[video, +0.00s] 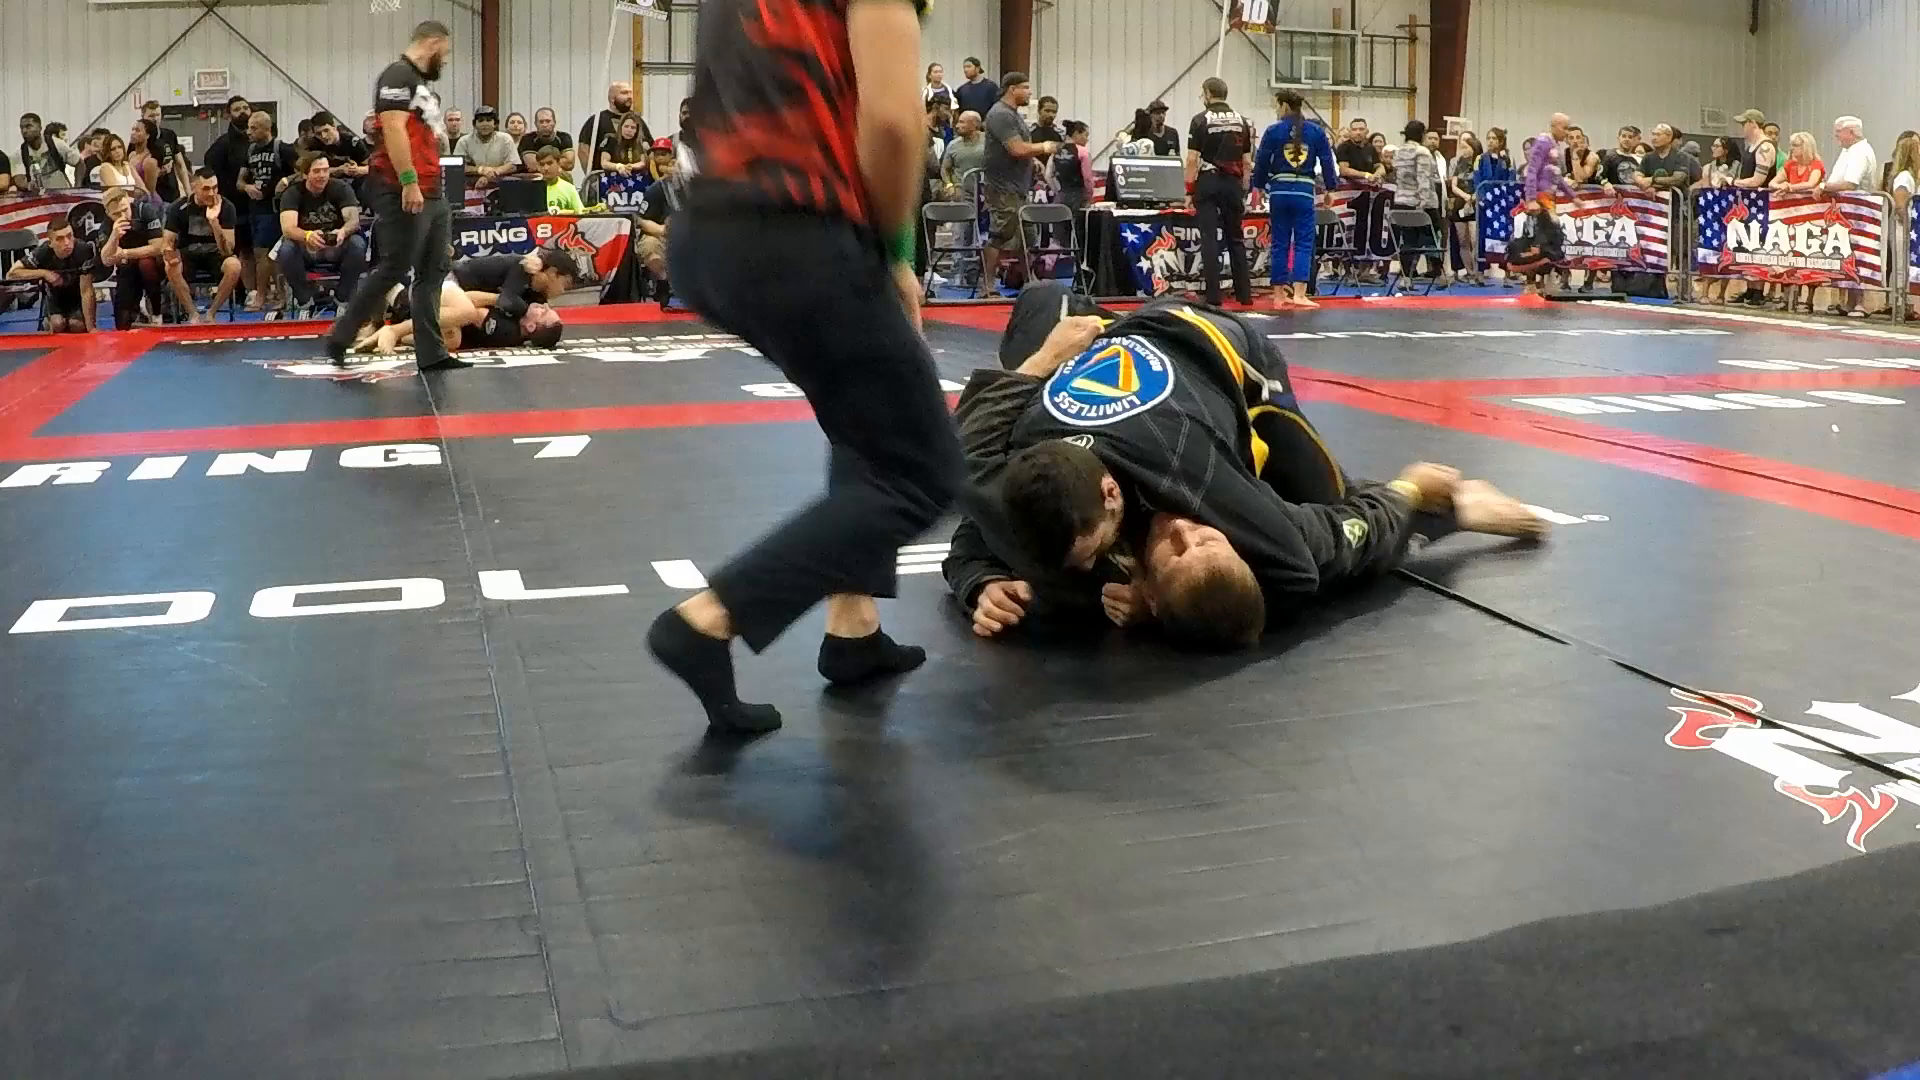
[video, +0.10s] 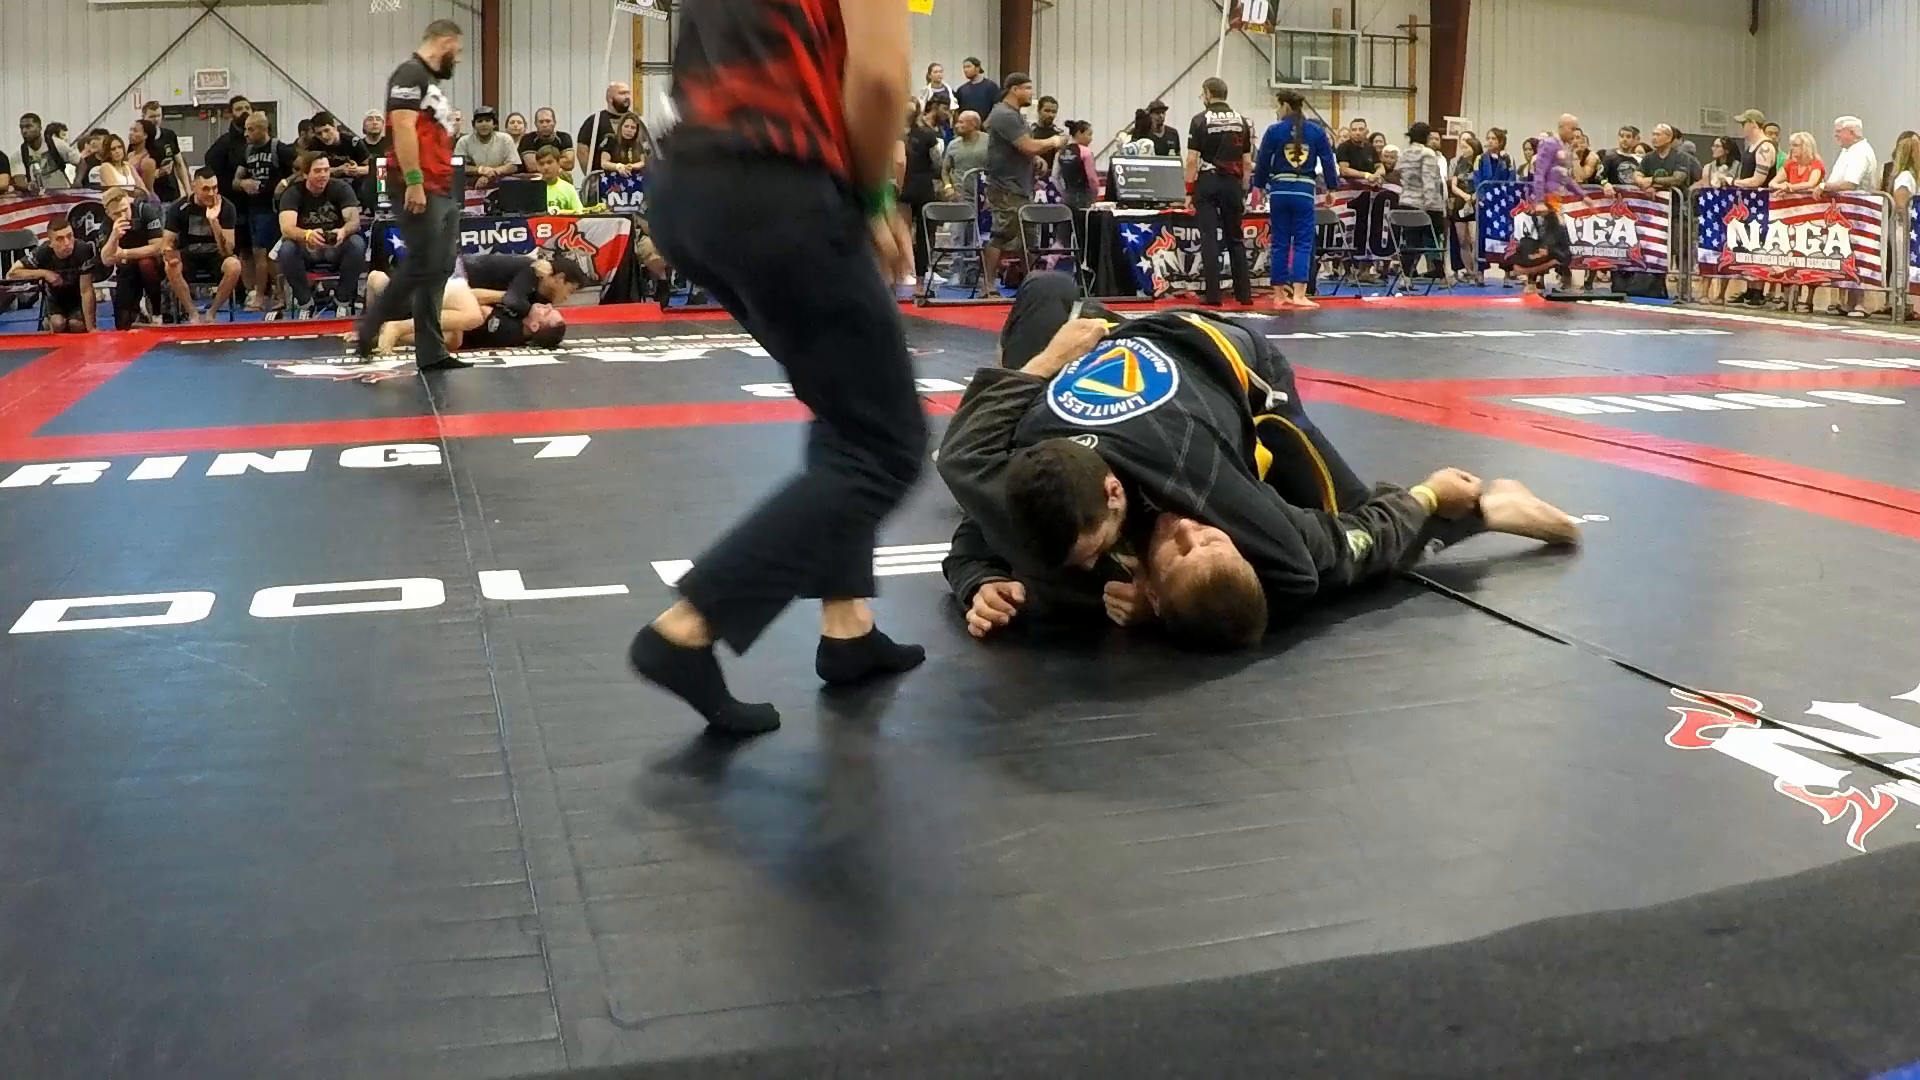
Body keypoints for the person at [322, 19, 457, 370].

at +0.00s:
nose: (445, 60)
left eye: (446, 53)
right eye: (445, 52)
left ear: (428, 43)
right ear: (432, 44)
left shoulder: (422, 85)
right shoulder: (398, 75)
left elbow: (423, 139)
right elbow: (393, 128)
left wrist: (432, 185)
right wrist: (409, 182)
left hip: (432, 194)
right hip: (404, 194)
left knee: (431, 274)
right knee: (392, 269)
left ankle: (431, 355)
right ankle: (339, 339)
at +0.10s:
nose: (456, 57)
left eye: (457, 51)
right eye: (455, 49)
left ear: (440, 42)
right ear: (443, 41)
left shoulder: (432, 81)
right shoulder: (411, 73)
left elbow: (432, 141)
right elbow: (402, 126)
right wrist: (414, 181)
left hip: (445, 193)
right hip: (423, 193)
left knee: (437, 271)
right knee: (421, 265)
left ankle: (431, 353)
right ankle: (368, 329)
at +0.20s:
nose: (474, 57)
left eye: (475, 51)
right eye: (473, 49)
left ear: (456, 41)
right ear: (462, 42)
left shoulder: (446, 79)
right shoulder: (427, 72)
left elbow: (452, 141)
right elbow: (417, 125)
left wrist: (466, 189)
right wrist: (424, 182)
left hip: (452, 187)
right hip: (438, 187)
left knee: (445, 264)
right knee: (448, 262)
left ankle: (431, 347)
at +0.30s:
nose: (490, 55)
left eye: (492, 50)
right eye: (490, 48)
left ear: (473, 41)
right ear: (480, 42)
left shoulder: (466, 79)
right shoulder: (447, 73)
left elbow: (467, 147)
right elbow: (434, 128)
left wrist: (496, 183)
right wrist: (438, 184)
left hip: (462, 187)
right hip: (456, 187)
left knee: (444, 269)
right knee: (480, 259)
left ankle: (431, 350)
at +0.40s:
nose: (507, 57)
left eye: (507, 52)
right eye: (507, 51)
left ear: (486, 43)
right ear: (498, 46)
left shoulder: (482, 81)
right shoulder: (468, 77)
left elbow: (488, 144)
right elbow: (455, 134)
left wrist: (516, 178)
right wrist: (459, 187)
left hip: (476, 188)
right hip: (474, 189)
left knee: (450, 271)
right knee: (502, 263)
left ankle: (431, 351)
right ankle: (535, 343)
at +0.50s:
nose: (525, 59)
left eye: (525, 53)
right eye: (525, 52)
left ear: (502, 45)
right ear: (515, 47)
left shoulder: (493, 78)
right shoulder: (493, 78)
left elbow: (501, 146)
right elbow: (483, 138)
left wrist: (527, 182)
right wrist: (488, 191)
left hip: (485, 190)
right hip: (498, 192)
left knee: (465, 269)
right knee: (528, 266)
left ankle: (435, 348)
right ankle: (553, 350)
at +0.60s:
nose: (548, 59)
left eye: (549, 52)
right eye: (547, 51)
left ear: (523, 42)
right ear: (535, 46)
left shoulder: (499, 74)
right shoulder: (518, 75)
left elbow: (492, 135)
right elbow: (511, 135)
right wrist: (520, 190)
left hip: (496, 182)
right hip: (510, 184)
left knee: (496, 259)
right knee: (545, 259)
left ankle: (448, 336)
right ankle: (553, 346)